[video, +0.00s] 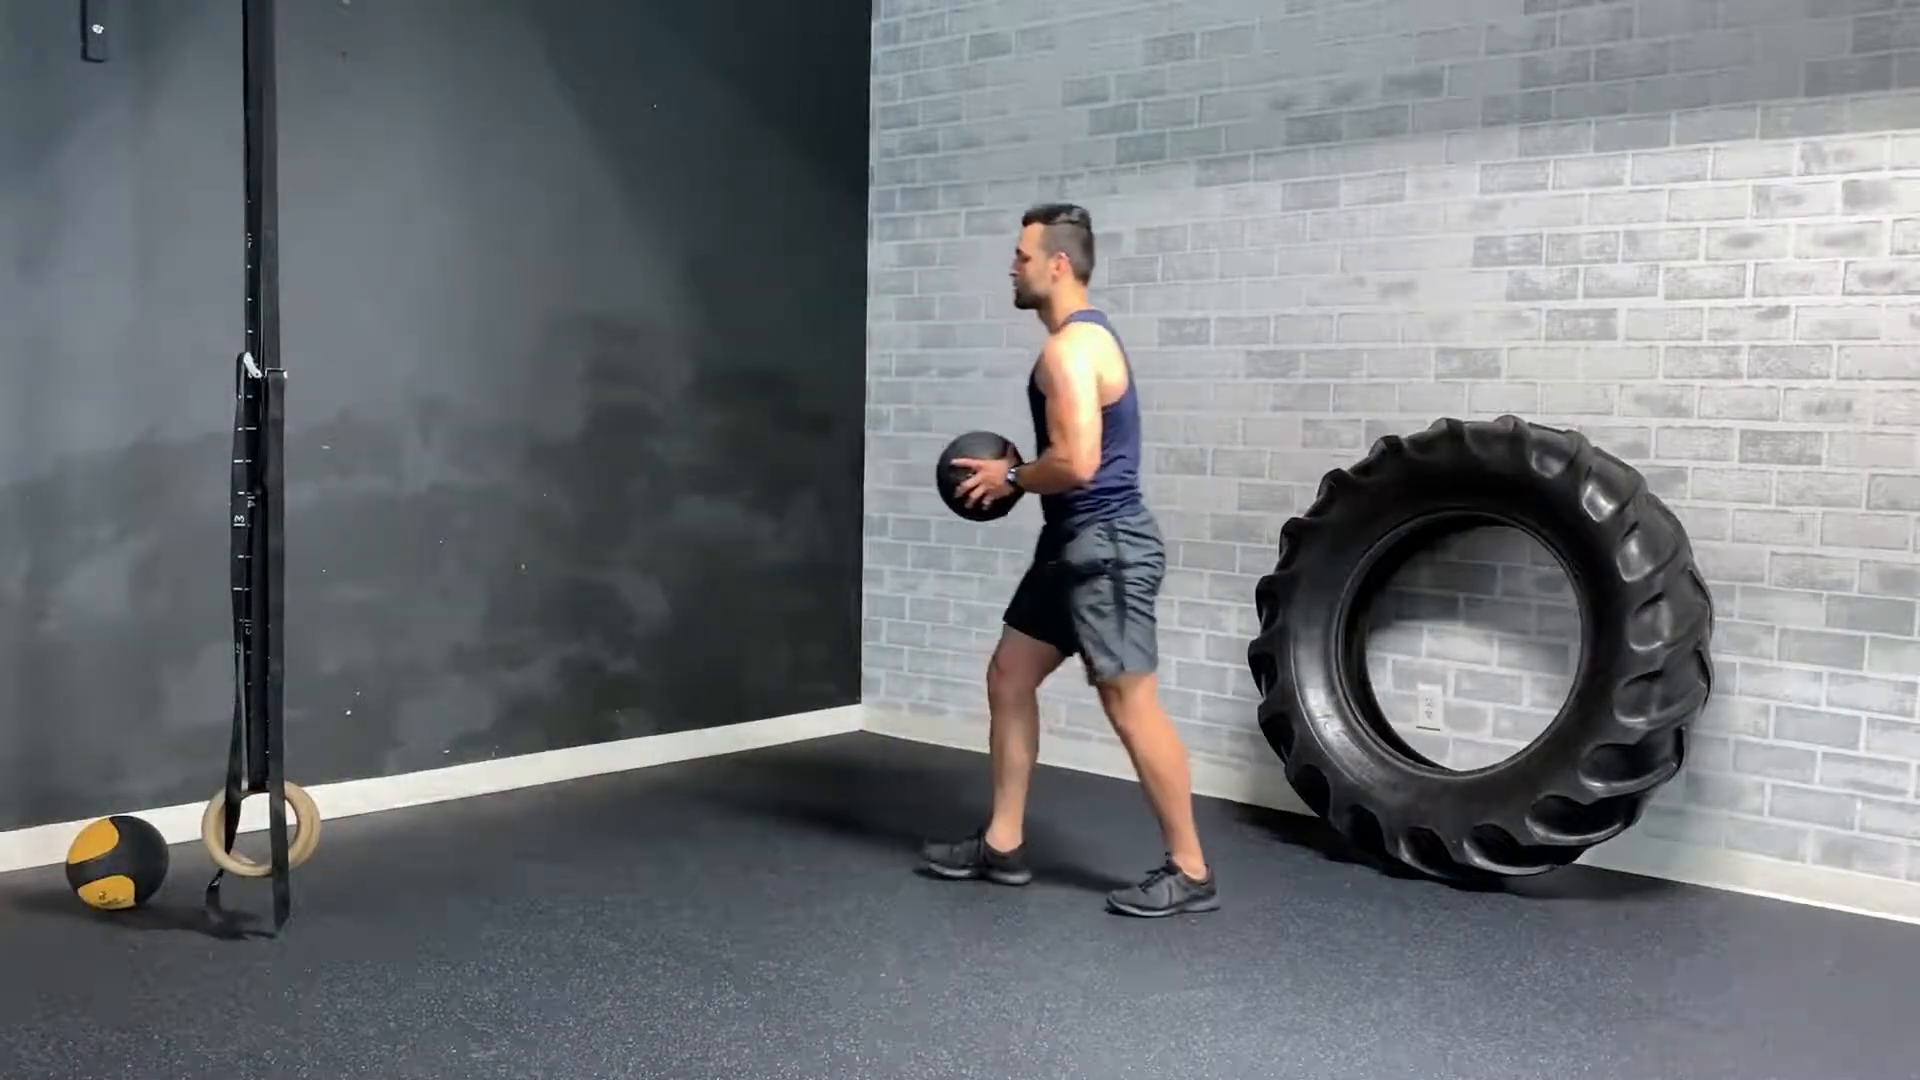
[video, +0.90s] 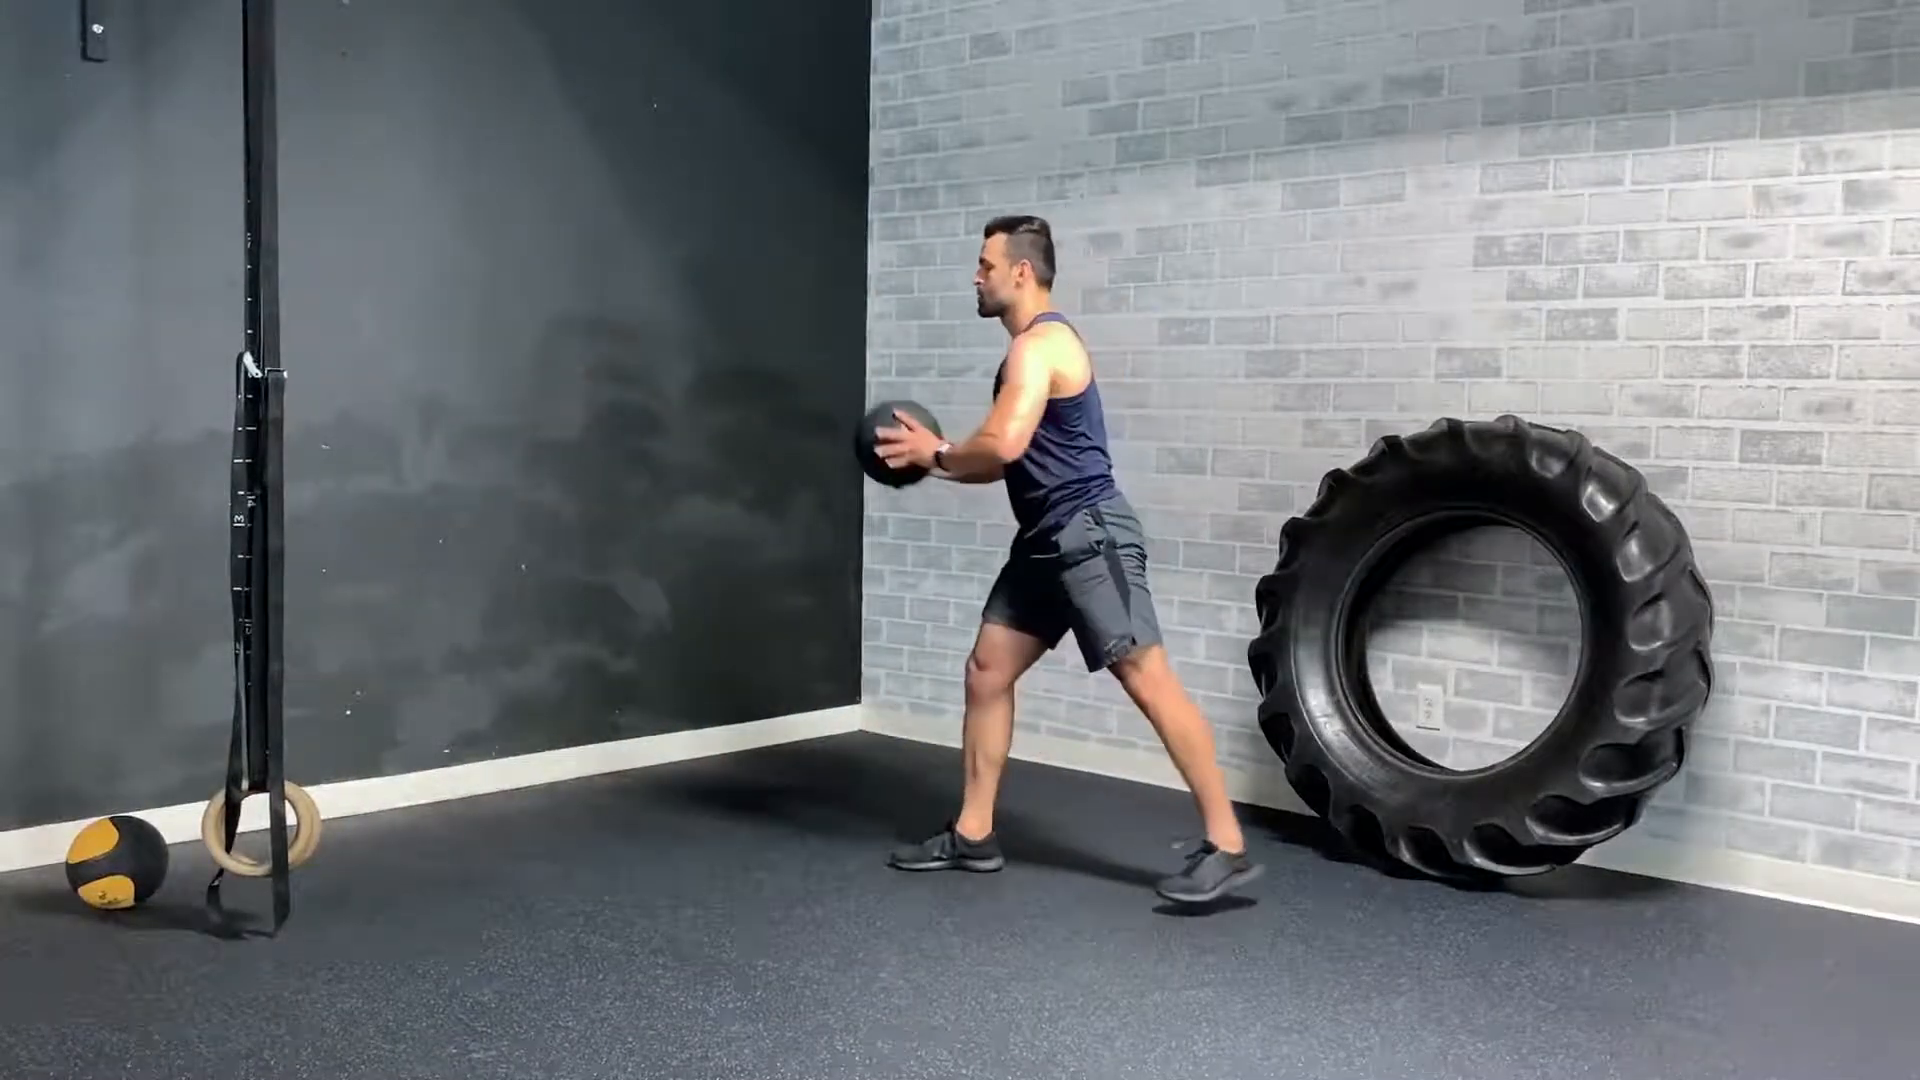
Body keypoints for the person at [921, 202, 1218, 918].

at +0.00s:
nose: (1012, 269)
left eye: (1022, 257)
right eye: (1015, 256)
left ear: (1060, 266)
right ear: (1065, 268)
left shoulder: (1069, 349)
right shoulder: (1090, 340)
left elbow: (1077, 464)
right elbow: (1085, 458)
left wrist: (1013, 478)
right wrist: (1013, 471)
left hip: (1107, 543)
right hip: (1076, 545)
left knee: (1131, 701)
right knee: (1009, 680)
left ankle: (1190, 869)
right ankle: (1002, 847)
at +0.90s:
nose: (976, 277)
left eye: (987, 266)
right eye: (979, 266)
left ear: (1023, 273)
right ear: (1022, 275)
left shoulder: (1042, 343)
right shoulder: (1027, 350)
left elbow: (1001, 448)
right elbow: (1000, 458)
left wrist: (934, 453)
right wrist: (935, 457)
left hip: (1091, 531)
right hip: (1046, 541)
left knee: (1148, 679)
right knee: (988, 676)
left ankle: (1226, 843)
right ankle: (973, 835)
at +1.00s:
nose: (980, 277)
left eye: (990, 265)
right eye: (983, 265)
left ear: (1026, 272)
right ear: (1027, 273)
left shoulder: (1045, 342)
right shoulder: (1035, 345)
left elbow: (982, 439)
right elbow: (981, 451)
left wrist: (915, 424)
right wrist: (910, 429)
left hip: (1092, 532)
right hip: (1047, 545)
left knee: (1158, 676)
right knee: (989, 675)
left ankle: (1253, 832)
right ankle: (973, 835)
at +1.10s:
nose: (992, 276)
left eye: (1002, 265)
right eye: (995, 265)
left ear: (1038, 272)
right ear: (1039, 273)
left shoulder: (1054, 346)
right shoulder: (1041, 346)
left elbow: (978, 433)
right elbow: (981, 427)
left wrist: (909, 396)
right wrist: (911, 398)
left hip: (1103, 537)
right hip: (1052, 546)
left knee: (1166, 683)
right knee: (992, 677)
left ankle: (1252, 842)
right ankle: (974, 838)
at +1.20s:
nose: (1013, 280)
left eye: (1022, 268)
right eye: (1015, 268)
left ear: (1059, 275)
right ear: (1058, 277)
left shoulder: (1073, 353)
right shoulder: (1049, 352)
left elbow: (986, 429)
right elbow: (978, 400)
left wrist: (930, 369)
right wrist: (927, 367)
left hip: (1114, 546)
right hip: (1062, 550)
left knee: (1169, 695)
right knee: (996, 678)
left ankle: (1251, 854)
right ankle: (974, 837)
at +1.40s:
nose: (1056, 286)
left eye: (1066, 274)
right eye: (1059, 274)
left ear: (1103, 278)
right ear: (1099, 279)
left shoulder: (1124, 358)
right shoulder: (1082, 352)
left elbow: (1034, 428)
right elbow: (984, 357)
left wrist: (995, 348)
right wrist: (976, 294)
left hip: (1138, 554)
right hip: (1081, 557)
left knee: (1189, 700)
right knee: (1011, 679)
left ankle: (1257, 863)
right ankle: (973, 837)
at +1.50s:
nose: (1074, 282)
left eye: (1083, 269)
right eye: (1074, 270)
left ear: (1120, 278)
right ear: (1116, 283)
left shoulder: (1142, 357)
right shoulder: (1099, 346)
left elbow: (1059, 431)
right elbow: (1004, 341)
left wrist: (1026, 353)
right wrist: (1011, 279)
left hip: (1145, 551)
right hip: (1090, 553)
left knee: (1194, 702)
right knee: (1025, 680)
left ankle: (1258, 863)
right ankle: (975, 837)